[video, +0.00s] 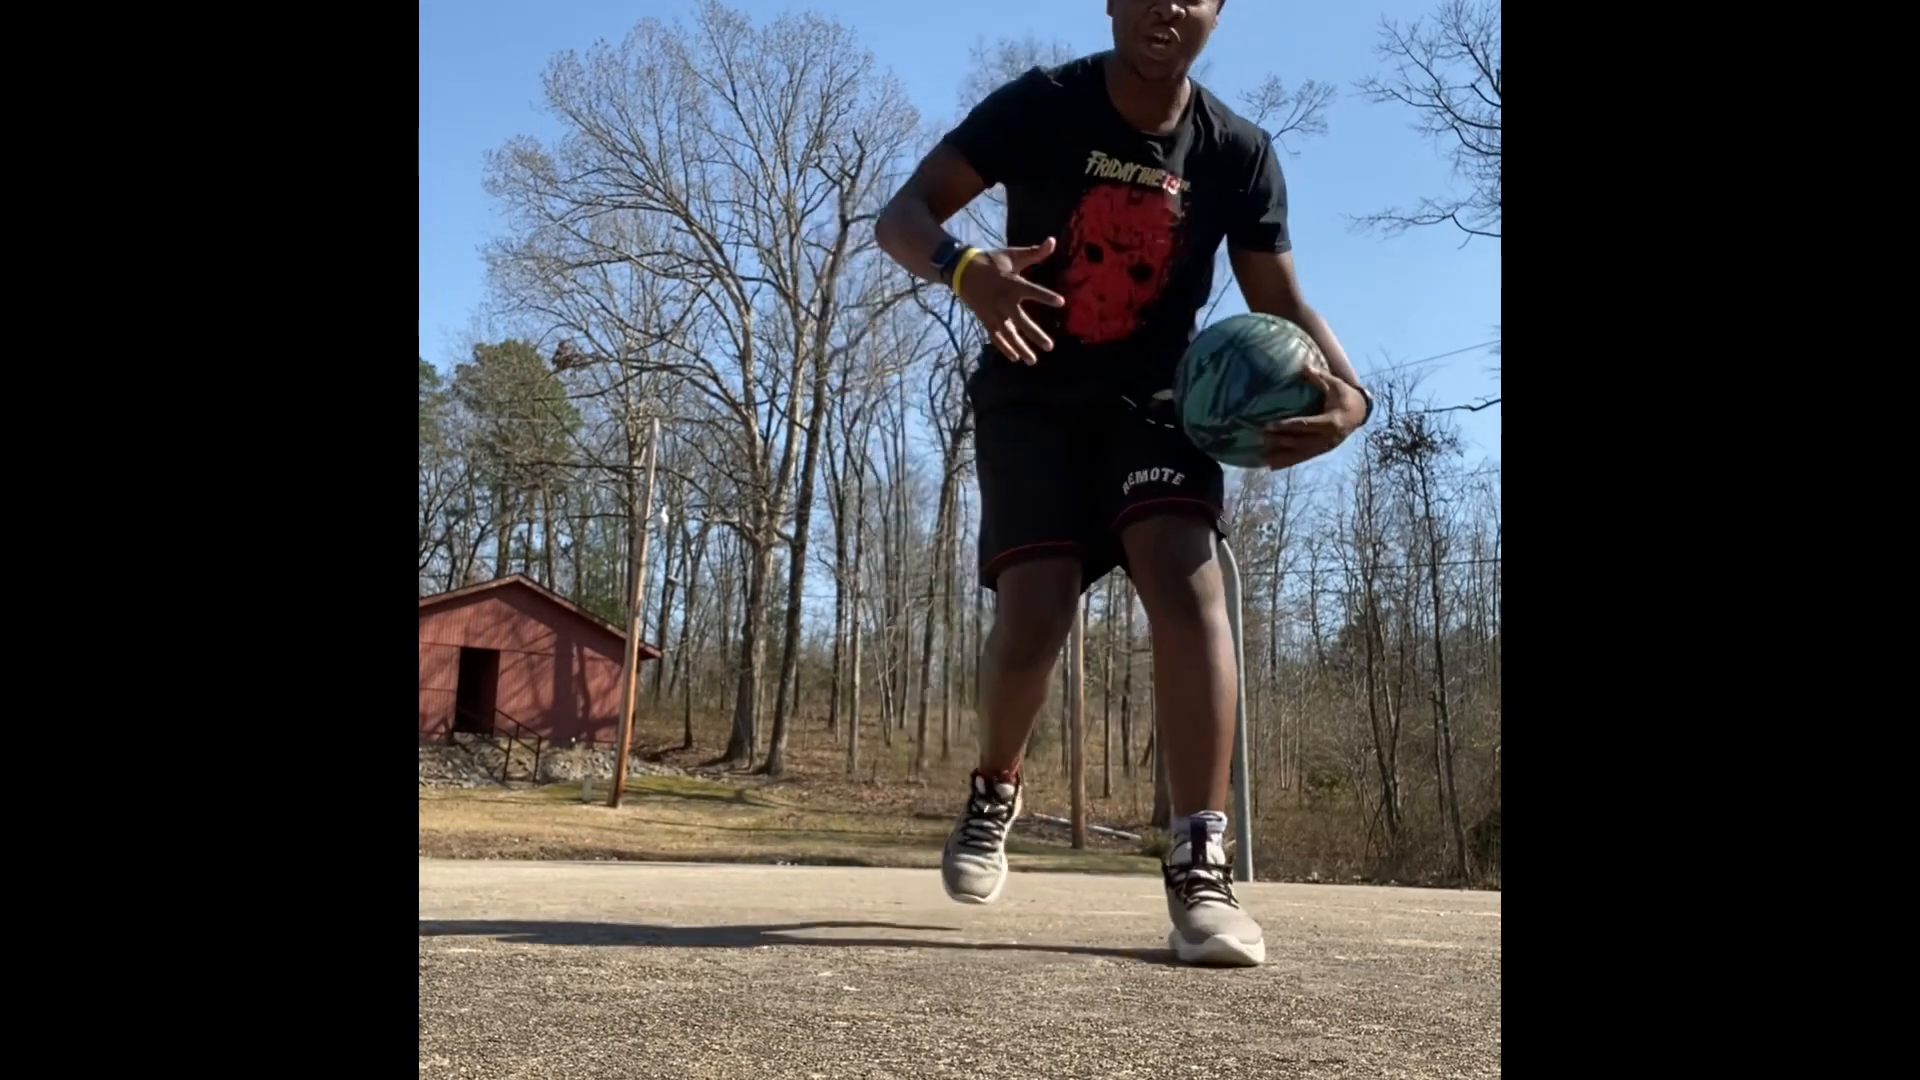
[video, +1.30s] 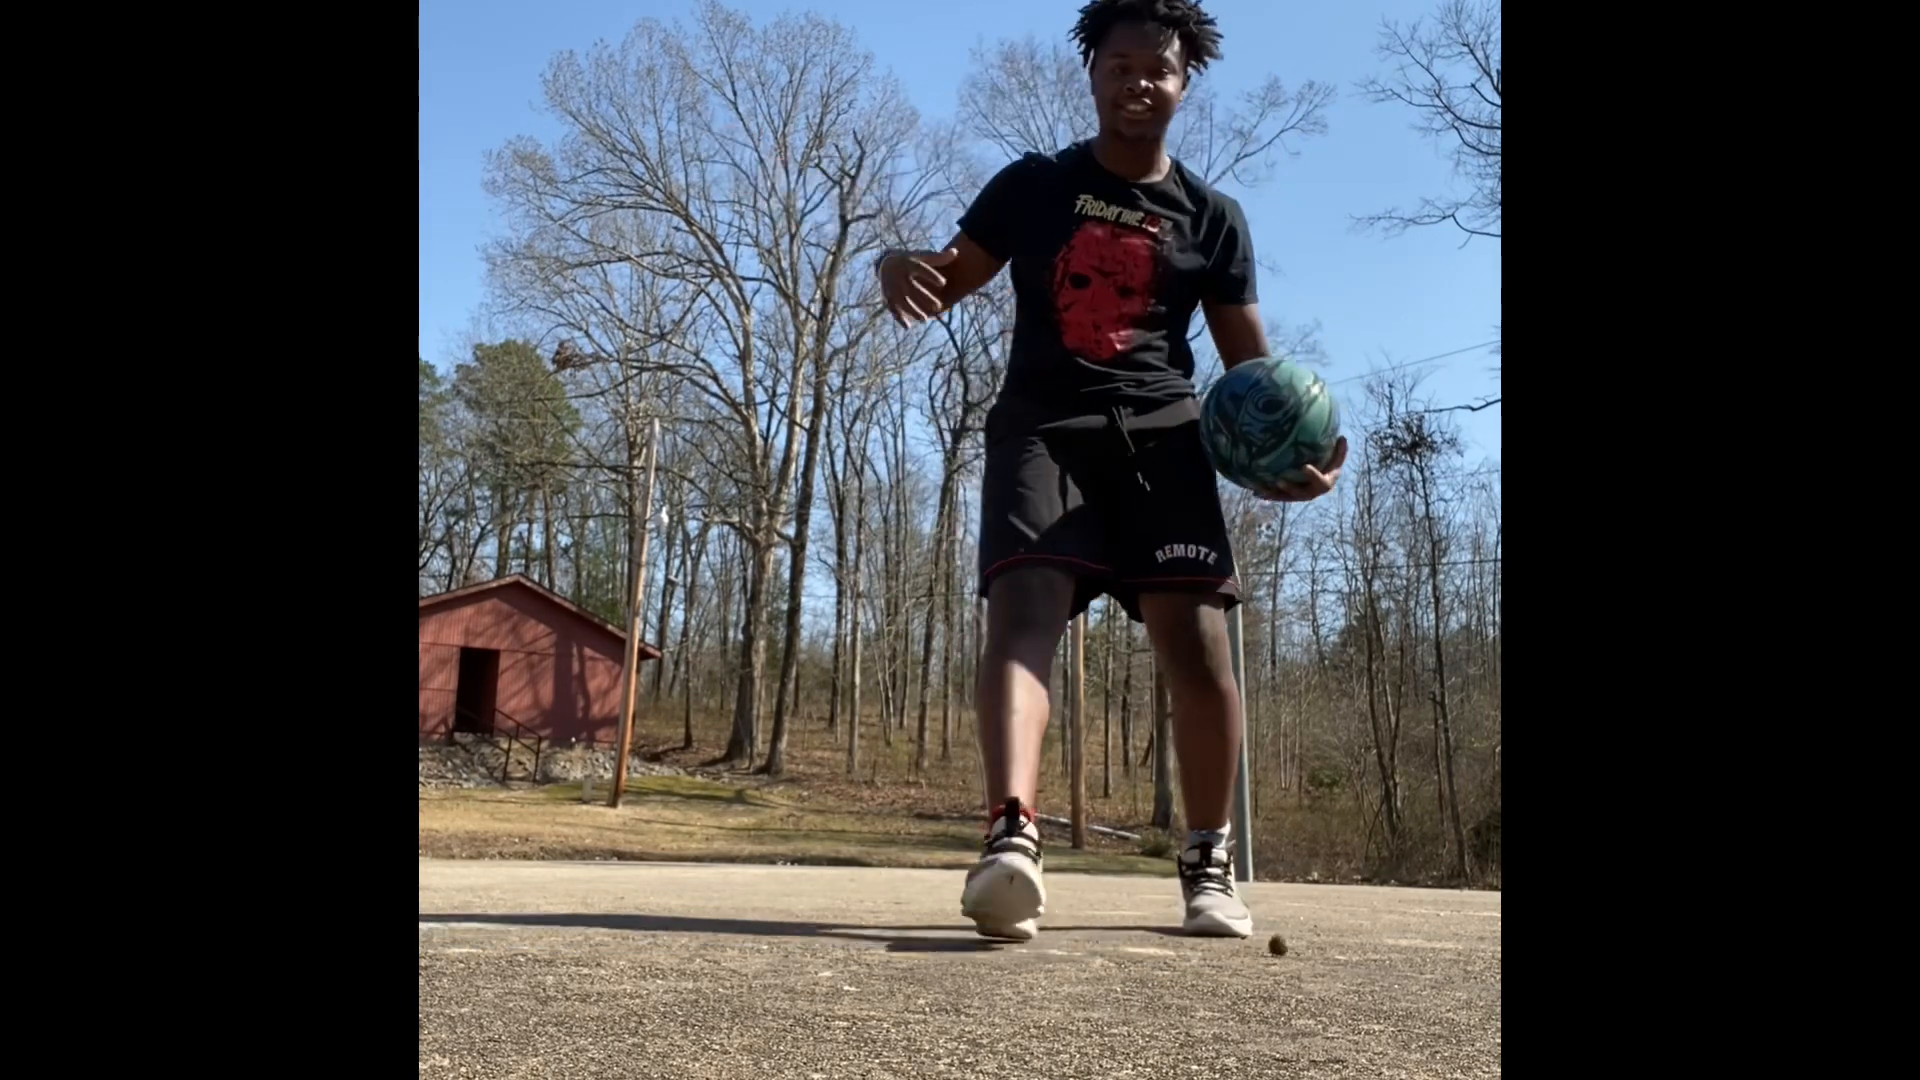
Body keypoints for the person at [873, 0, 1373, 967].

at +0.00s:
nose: (1165, 11)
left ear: (1215, 17)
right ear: (1112, 6)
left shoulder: (1239, 153)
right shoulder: (1036, 108)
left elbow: (1280, 307)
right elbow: (902, 218)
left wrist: (1351, 394)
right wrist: (962, 269)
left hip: (1156, 399)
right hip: (1032, 394)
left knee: (1193, 587)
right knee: (1038, 609)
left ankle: (1201, 873)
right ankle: (993, 793)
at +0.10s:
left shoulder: (1243, 97)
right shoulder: (1034, 76)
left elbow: (1295, 246)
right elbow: (965, 242)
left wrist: (1345, 320)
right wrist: (1067, 301)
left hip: (1177, 367)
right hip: (1043, 359)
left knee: (1202, 580)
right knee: (1045, 578)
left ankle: (1207, 871)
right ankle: (1006, 816)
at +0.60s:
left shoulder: (1188, 68)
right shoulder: (978, 75)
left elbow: (1264, 202)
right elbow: (925, 237)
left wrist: (1327, 294)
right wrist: (968, 362)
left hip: (1148, 372)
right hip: (1014, 372)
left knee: (1190, 571)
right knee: (1008, 590)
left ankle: (1199, 870)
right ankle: (1008, 867)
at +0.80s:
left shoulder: (1174, 86)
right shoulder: (962, 82)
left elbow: (1267, 209)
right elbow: (843, 202)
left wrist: (1350, 297)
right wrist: (851, 328)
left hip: (1133, 354)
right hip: (999, 359)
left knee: (1187, 548)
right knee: (998, 572)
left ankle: (1194, 858)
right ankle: (1007, 871)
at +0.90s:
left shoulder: (1169, 98)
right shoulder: (964, 89)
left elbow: (1262, 227)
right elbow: (826, 175)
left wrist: (1348, 309)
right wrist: (789, 254)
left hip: (1140, 349)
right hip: (1006, 356)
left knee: (1201, 557)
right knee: (1002, 576)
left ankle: (1191, 835)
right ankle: (1007, 865)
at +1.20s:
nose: (1130, 51)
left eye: (1152, 39)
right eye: (1113, 34)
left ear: (1175, 63)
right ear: (1082, 49)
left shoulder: (1203, 195)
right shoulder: (1019, 163)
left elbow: (1246, 342)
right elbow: (895, 238)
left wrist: (1307, 436)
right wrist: (814, 203)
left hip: (1162, 413)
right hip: (1041, 403)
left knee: (1193, 636)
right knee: (1038, 580)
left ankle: (1212, 868)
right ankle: (1012, 867)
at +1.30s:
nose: (1136, 87)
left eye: (1155, 71)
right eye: (1119, 70)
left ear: (1184, 83)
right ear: (1091, 75)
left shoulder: (1213, 217)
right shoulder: (1035, 184)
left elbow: (1251, 365)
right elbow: (947, 281)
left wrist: (1306, 450)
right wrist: (893, 265)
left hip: (1165, 432)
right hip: (1045, 429)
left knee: (1199, 641)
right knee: (1026, 609)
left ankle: (1209, 870)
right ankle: (1011, 841)